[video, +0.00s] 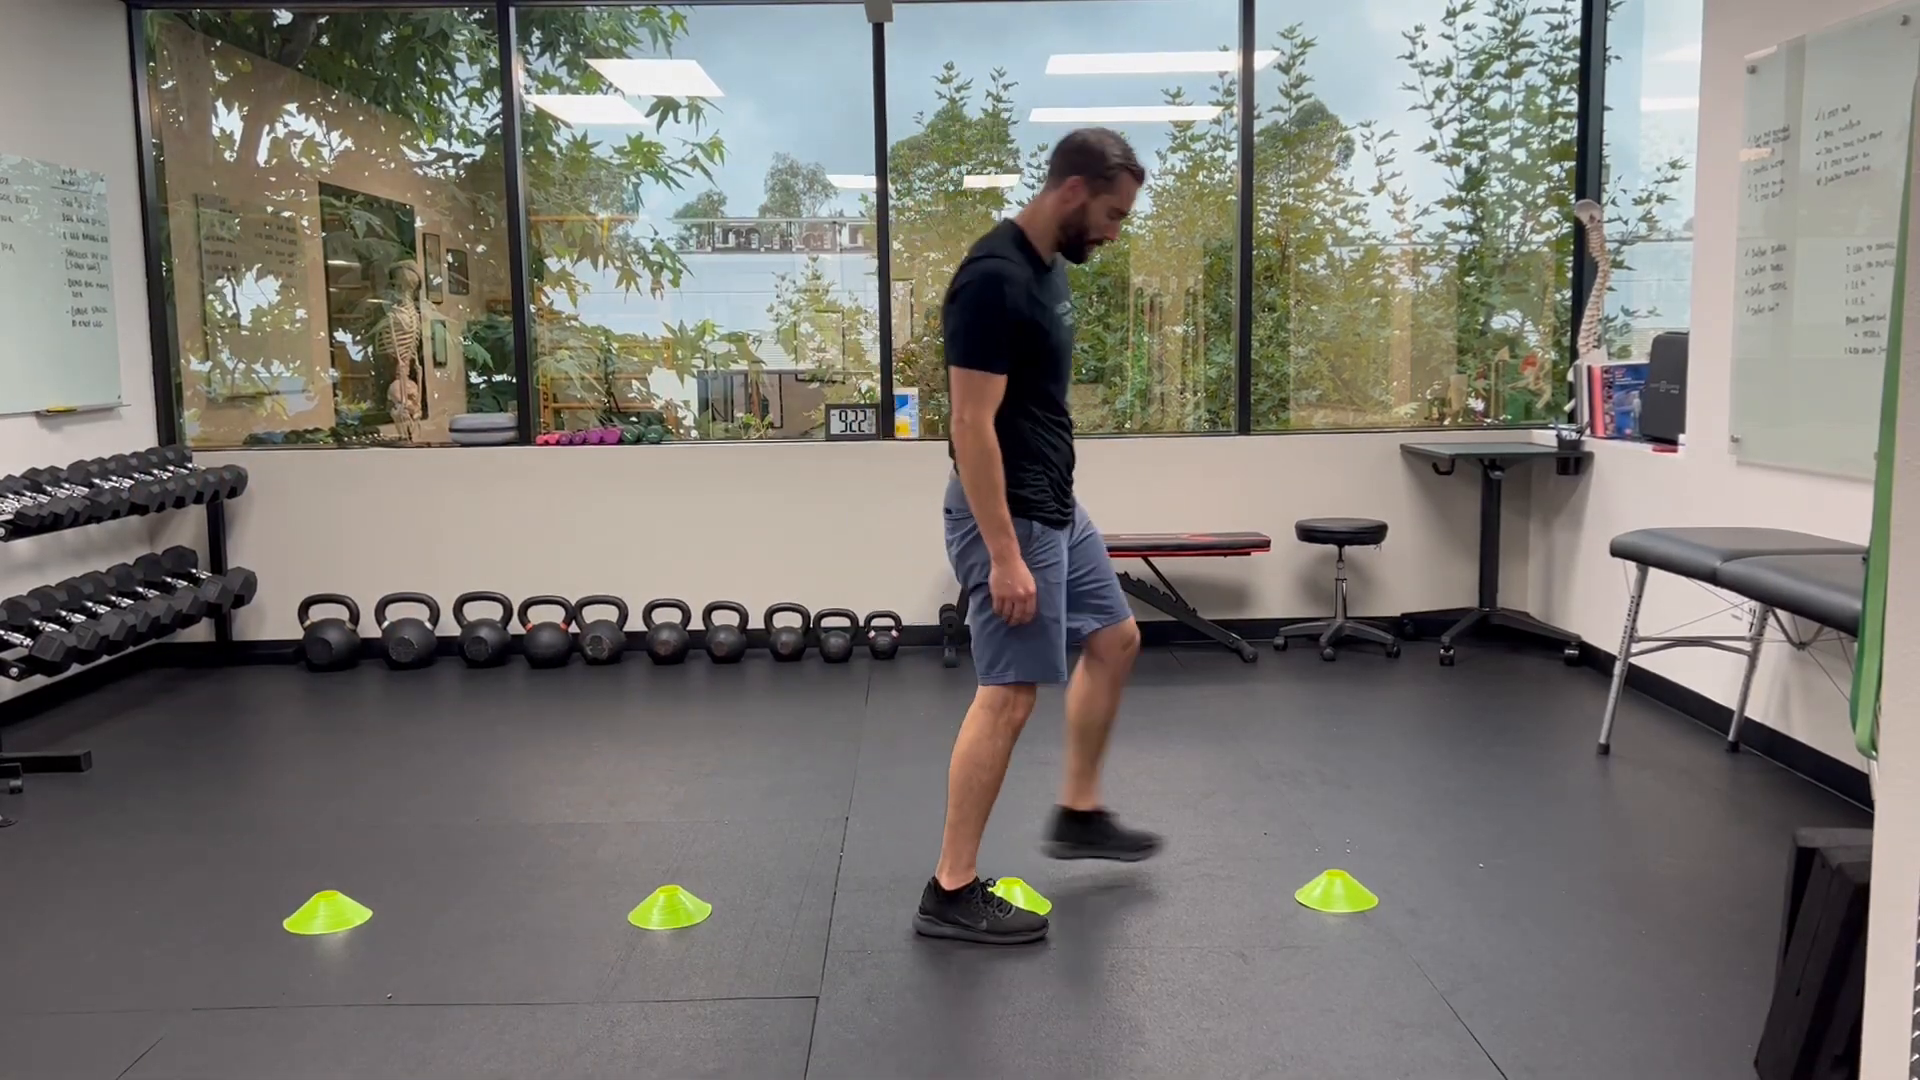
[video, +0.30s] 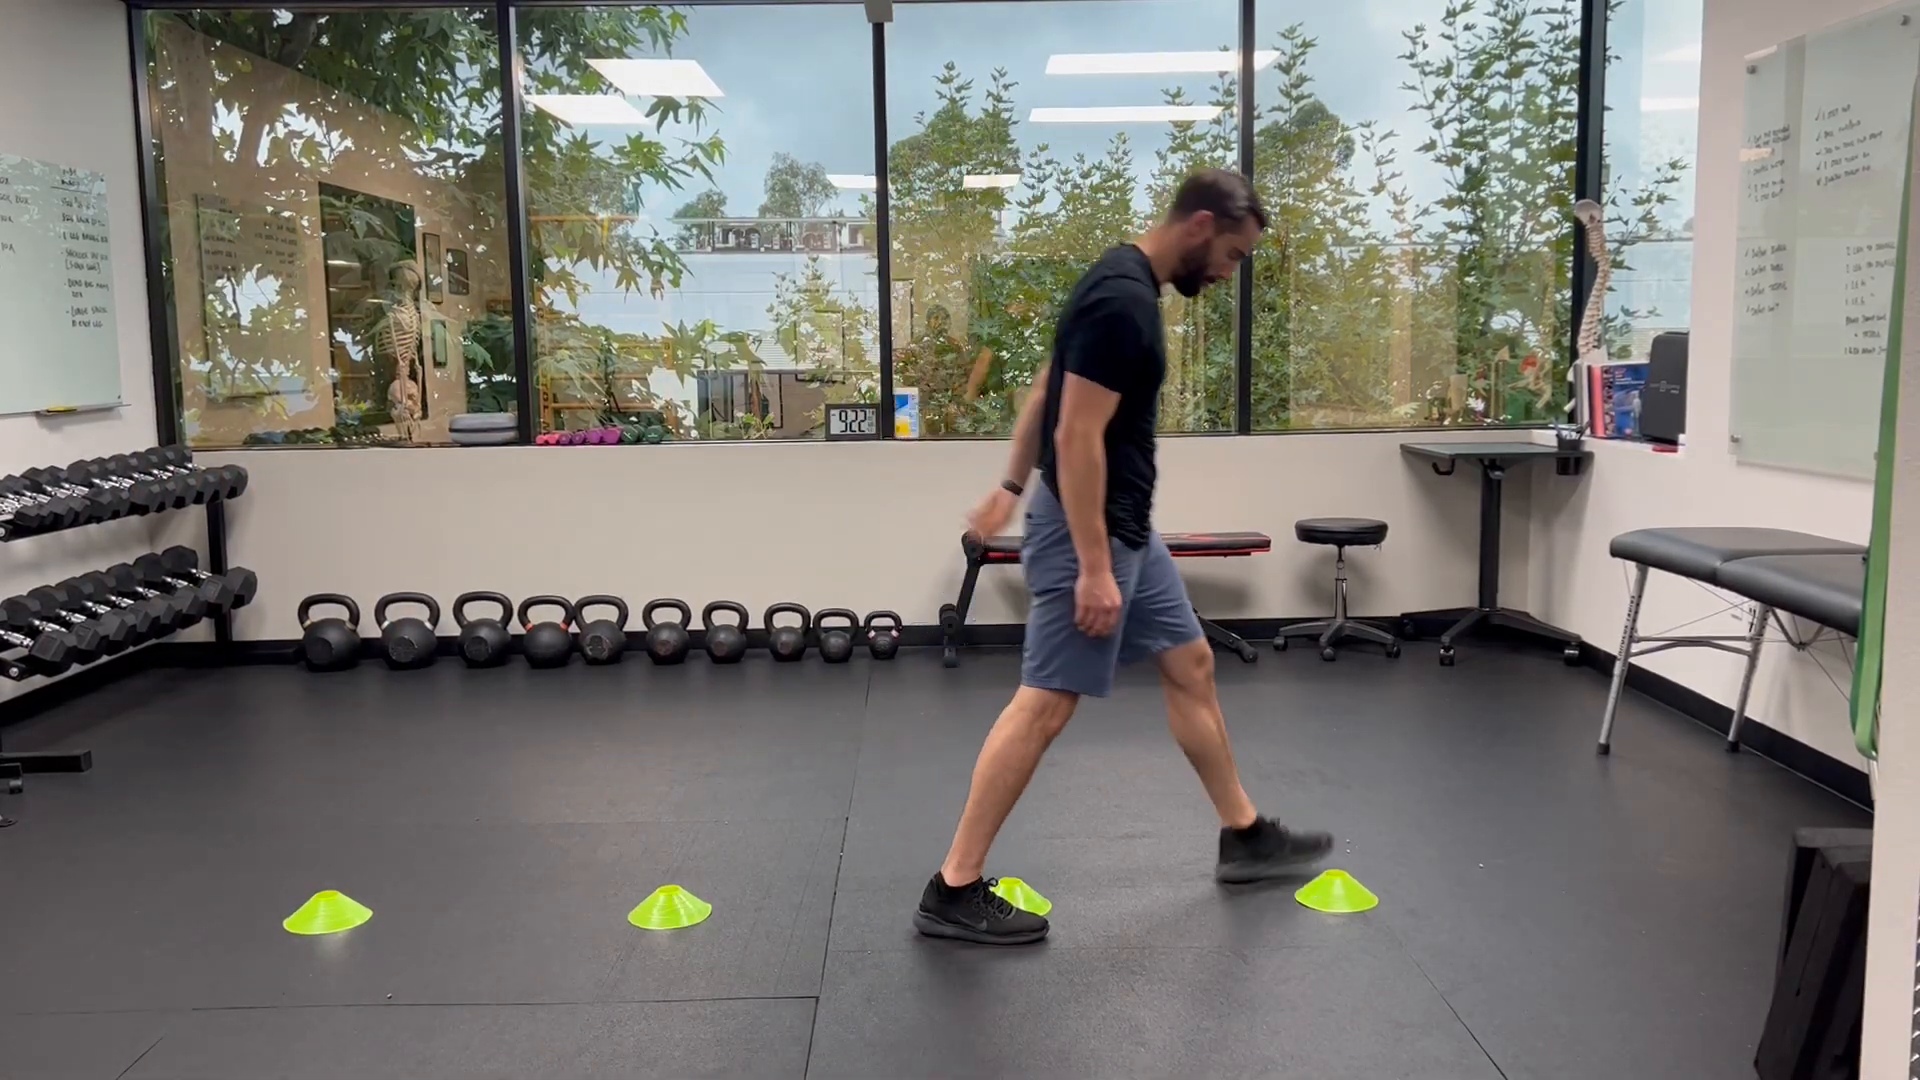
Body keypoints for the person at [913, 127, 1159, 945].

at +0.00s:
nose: (1115, 234)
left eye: (1123, 219)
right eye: (1114, 215)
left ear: (1076, 193)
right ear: (1074, 190)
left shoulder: (1039, 269)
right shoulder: (994, 277)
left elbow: (1028, 411)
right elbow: (971, 424)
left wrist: (1057, 512)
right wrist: (1003, 552)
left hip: (1055, 512)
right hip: (1007, 521)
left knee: (1113, 639)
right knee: (1007, 695)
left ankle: (1080, 812)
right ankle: (952, 886)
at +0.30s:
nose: (1230, 273)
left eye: (1239, 261)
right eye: (1234, 255)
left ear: (1198, 226)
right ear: (1200, 226)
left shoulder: (1118, 282)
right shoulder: (1124, 301)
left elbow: (1046, 392)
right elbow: (1077, 432)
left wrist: (1009, 487)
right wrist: (1094, 566)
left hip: (1125, 533)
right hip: (1083, 535)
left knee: (1190, 665)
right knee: (1043, 704)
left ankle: (1244, 832)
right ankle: (955, 885)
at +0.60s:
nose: (1312, 223)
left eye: (1321, 213)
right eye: (1306, 202)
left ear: (1275, 198)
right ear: (1260, 185)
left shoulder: (1233, 273)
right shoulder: (1212, 267)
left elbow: (1234, 407)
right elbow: (1176, 399)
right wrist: (1222, 517)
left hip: (1188, 501)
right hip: (1173, 506)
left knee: (1236, 673)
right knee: (1254, 676)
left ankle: (1248, 837)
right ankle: (1099, 806)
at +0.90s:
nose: (1302, 182)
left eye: (1312, 170)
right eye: (1288, 164)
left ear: (1315, 184)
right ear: (1245, 169)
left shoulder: (1267, 262)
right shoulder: (1225, 259)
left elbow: (1322, 365)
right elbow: (1221, 392)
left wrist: (1391, 318)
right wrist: (1292, 503)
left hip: (1262, 499)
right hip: (1247, 503)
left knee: (1273, 665)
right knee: (1298, 675)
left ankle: (1249, 839)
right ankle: (1271, 877)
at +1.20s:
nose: (1297, 178)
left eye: (1308, 165)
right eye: (1281, 162)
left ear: (1315, 176)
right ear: (1243, 168)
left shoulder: (1288, 263)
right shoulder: (1228, 266)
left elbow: (1348, 369)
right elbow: (1234, 406)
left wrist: (1364, 313)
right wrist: (1284, 524)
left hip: (1298, 496)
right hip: (1280, 503)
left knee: (1281, 666)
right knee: (1311, 676)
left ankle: (1251, 838)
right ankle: (1273, 878)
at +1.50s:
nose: (1302, 179)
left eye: (1313, 166)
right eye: (1287, 162)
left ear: (1318, 178)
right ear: (1246, 167)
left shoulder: (1285, 262)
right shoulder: (1227, 262)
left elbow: (1342, 373)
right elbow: (1222, 399)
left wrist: (1358, 317)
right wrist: (1264, 517)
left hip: (1291, 496)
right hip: (1273, 501)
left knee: (1277, 666)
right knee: (1305, 673)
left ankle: (1249, 841)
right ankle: (1274, 876)